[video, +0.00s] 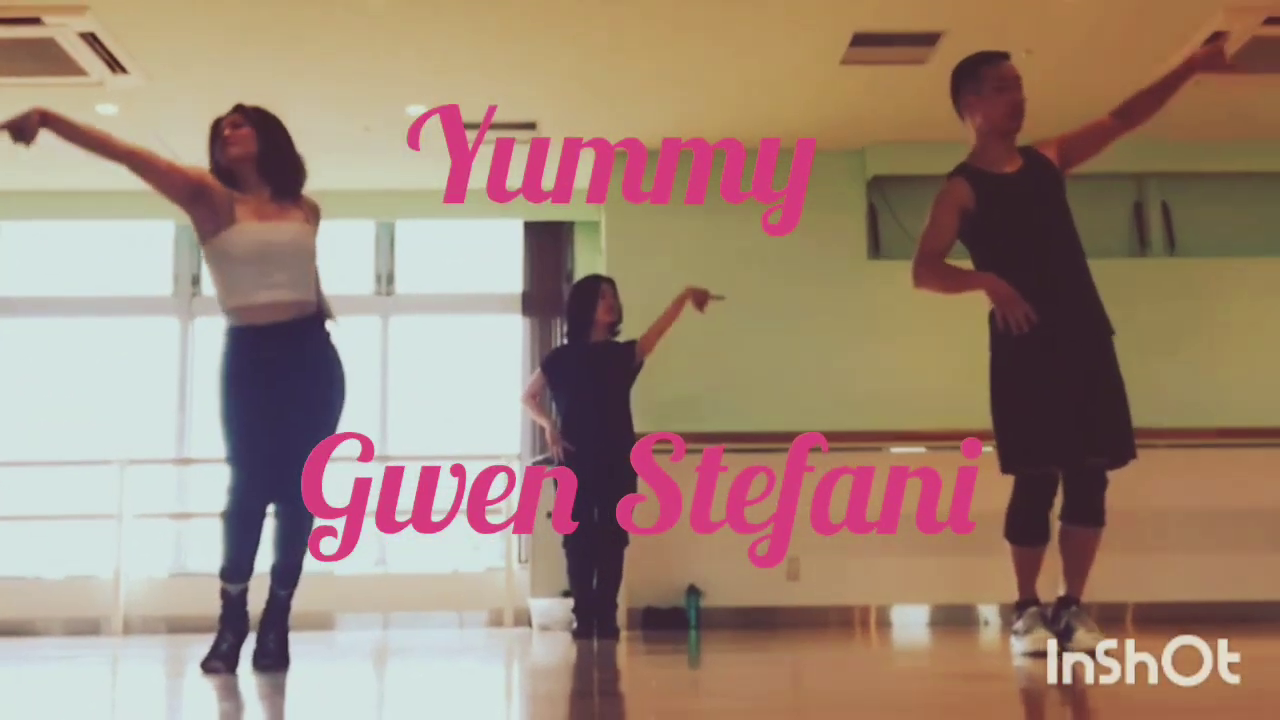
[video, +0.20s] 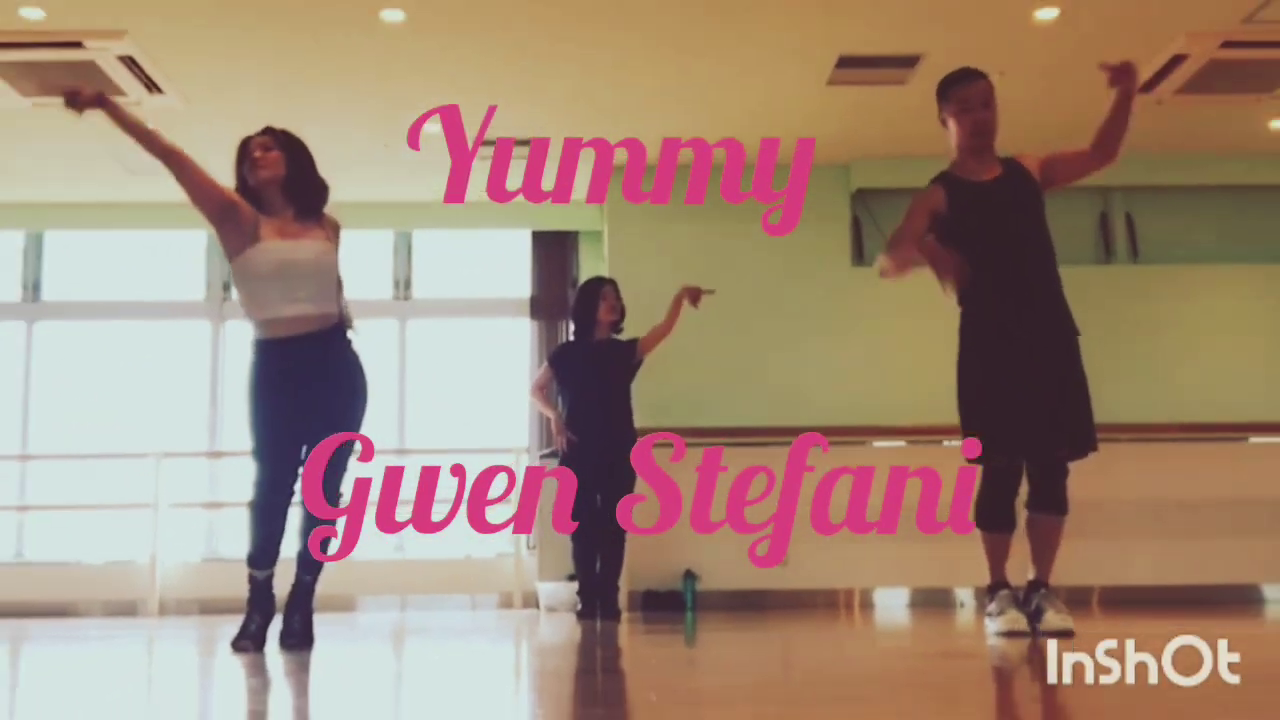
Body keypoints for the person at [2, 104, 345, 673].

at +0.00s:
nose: (232, 132)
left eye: (244, 124)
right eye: (223, 129)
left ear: (271, 141)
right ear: (217, 151)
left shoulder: (305, 208)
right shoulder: (209, 198)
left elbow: (304, 272)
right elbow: (128, 155)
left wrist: (318, 311)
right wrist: (44, 118)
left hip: (312, 358)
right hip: (252, 360)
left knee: (299, 492)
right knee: (251, 488)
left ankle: (278, 618)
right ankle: (232, 617)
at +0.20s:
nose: (259, 157)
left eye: (269, 149)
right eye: (249, 156)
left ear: (294, 162)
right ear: (243, 175)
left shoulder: (326, 226)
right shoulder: (238, 219)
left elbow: (330, 290)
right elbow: (173, 158)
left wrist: (340, 323)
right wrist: (107, 105)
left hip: (335, 363)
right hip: (278, 367)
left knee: (327, 484)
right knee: (275, 484)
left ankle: (303, 601)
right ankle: (259, 601)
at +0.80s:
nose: (402, 221)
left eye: (408, 214)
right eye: (394, 217)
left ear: (421, 221)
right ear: (386, 229)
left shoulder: (445, 264)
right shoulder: (384, 271)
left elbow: (462, 302)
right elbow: (369, 320)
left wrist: (447, 294)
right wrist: (363, 319)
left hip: (445, 361)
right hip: (407, 362)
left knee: (437, 448)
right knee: (388, 447)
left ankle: (466, 520)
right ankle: (364, 531)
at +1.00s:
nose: (419, 194)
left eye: (425, 187)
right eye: (411, 190)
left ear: (440, 189)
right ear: (405, 196)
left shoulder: (461, 218)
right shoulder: (410, 228)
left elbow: (460, 175)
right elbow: (366, 195)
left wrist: (433, 155)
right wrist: (362, 154)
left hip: (471, 320)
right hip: (437, 323)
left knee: (471, 416)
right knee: (426, 417)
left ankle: (486, 496)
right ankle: (435, 493)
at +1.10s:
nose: (419, 203)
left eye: (426, 195)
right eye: (414, 196)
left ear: (441, 197)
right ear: (408, 202)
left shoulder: (458, 223)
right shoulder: (419, 234)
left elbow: (456, 166)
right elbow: (413, 179)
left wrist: (441, 120)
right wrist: (415, 127)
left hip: (474, 329)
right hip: (447, 334)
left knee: (475, 420)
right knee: (456, 425)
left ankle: (502, 508)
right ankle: (491, 502)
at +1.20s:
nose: (416, 219)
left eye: (417, 210)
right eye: (413, 213)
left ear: (432, 212)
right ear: (424, 216)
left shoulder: (457, 236)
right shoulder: (426, 245)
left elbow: (459, 187)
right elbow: (427, 196)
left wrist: (457, 147)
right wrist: (442, 152)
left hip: (482, 345)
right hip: (458, 351)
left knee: (471, 440)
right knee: (463, 445)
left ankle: (511, 523)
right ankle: (505, 518)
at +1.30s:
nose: (412, 243)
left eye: (413, 235)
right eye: (408, 238)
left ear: (428, 228)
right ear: (419, 233)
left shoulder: (463, 248)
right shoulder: (435, 256)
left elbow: (457, 195)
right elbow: (408, 214)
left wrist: (450, 153)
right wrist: (417, 168)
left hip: (483, 361)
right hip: (460, 365)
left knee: (459, 449)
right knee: (406, 435)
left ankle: (509, 518)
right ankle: (451, 501)